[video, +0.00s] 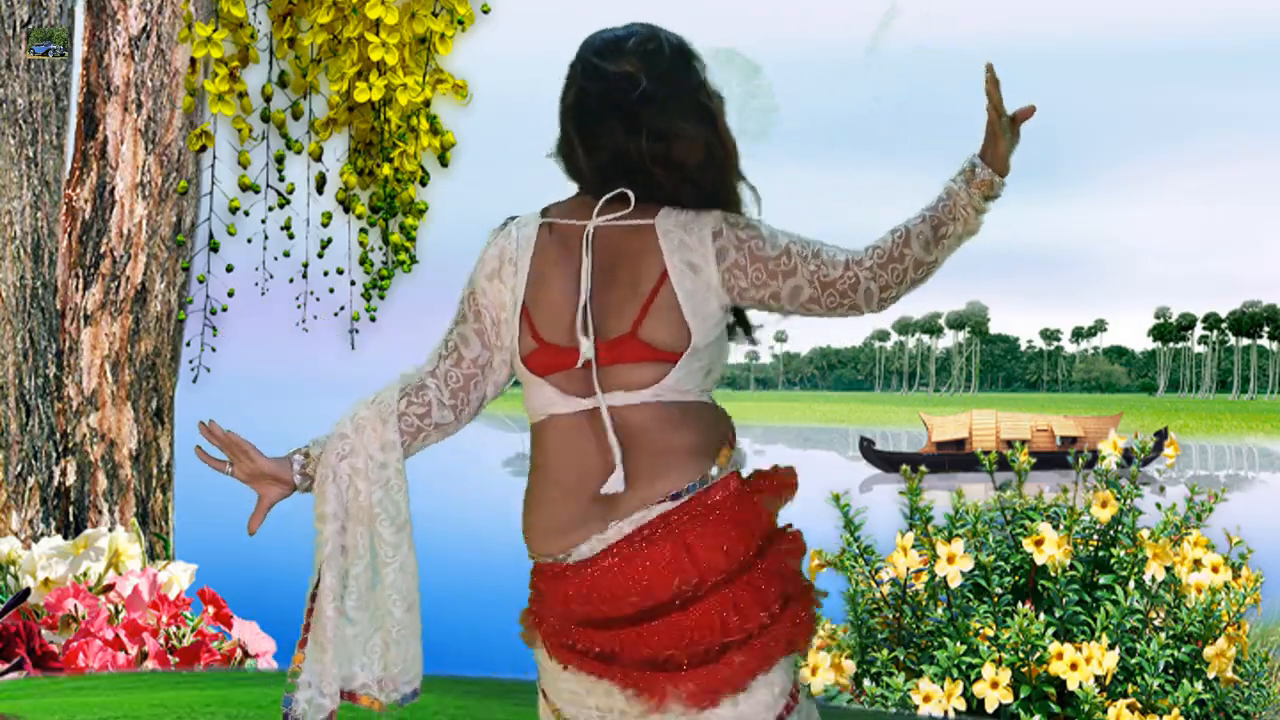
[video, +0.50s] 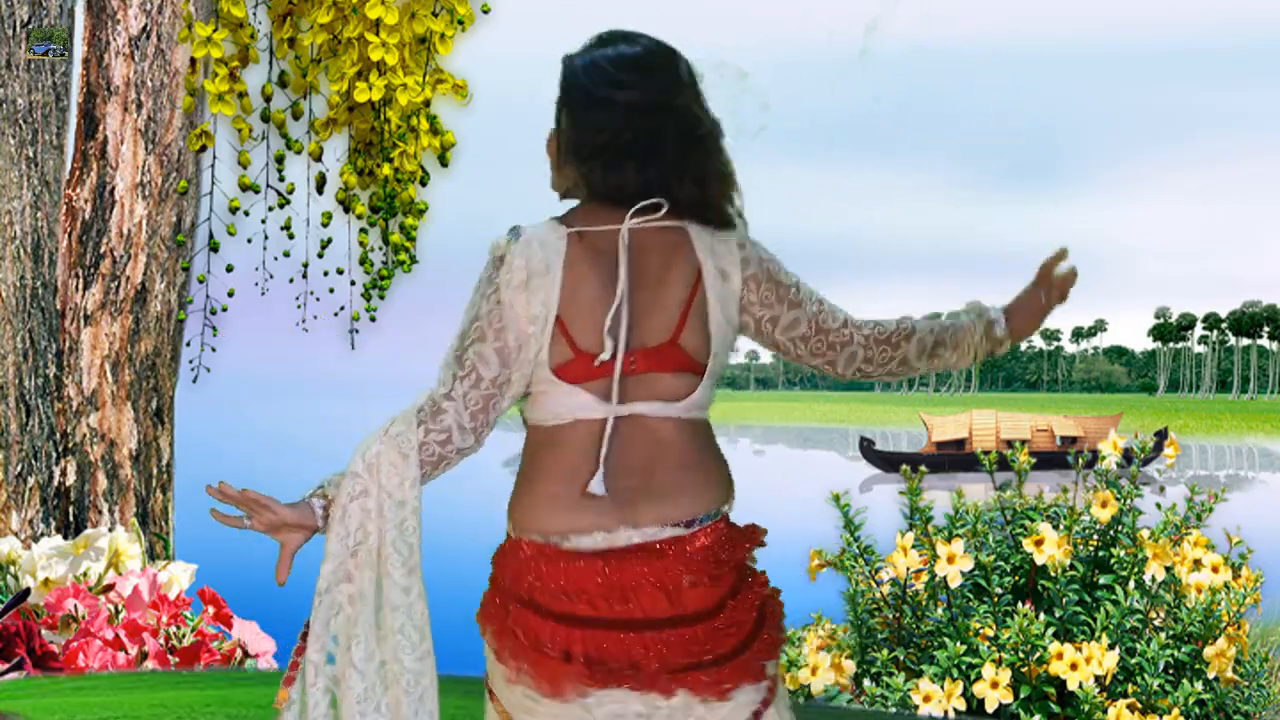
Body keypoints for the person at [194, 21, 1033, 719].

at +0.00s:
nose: (715, 130)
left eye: (704, 110)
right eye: (703, 111)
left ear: (577, 128)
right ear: (682, 124)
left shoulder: (513, 252)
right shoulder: (705, 239)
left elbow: (439, 397)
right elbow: (864, 284)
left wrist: (301, 467)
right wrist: (983, 178)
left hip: (564, 530)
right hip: (694, 517)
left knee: (592, 705)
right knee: (733, 703)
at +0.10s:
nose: (688, 114)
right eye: (681, 97)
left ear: (569, 114)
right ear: (679, 107)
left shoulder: (514, 240)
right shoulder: (713, 220)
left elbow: (438, 395)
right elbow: (859, 273)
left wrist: (298, 472)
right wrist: (973, 171)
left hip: (545, 527)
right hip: (681, 520)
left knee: (561, 702)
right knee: (727, 702)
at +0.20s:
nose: (692, 112)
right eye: (682, 95)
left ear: (567, 115)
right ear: (679, 105)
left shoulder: (519, 238)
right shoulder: (717, 217)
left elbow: (439, 401)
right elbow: (864, 261)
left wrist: (297, 475)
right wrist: (974, 158)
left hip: (518, 517)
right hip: (659, 531)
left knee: (525, 703)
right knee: (738, 704)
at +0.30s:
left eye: (567, 98)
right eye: (676, 93)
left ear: (566, 114)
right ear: (678, 105)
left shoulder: (516, 239)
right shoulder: (717, 218)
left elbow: (444, 400)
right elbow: (861, 265)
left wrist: (304, 476)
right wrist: (973, 165)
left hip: (527, 506)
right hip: (664, 513)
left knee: (524, 694)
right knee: (697, 700)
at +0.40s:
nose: (696, 126)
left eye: (573, 108)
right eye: (687, 108)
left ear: (568, 127)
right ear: (682, 123)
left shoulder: (512, 248)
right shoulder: (712, 239)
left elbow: (444, 412)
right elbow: (857, 300)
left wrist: (310, 500)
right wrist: (980, 221)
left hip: (544, 525)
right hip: (680, 519)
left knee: (549, 699)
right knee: (710, 699)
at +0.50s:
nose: (547, 140)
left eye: (556, 122)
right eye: (555, 119)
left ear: (576, 139)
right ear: (676, 136)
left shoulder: (527, 261)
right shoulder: (724, 257)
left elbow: (450, 424)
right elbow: (851, 350)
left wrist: (319, 507)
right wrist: (1000, 326)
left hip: (550, 548)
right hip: (692, 542)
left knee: (546, 711)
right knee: (722, 710)